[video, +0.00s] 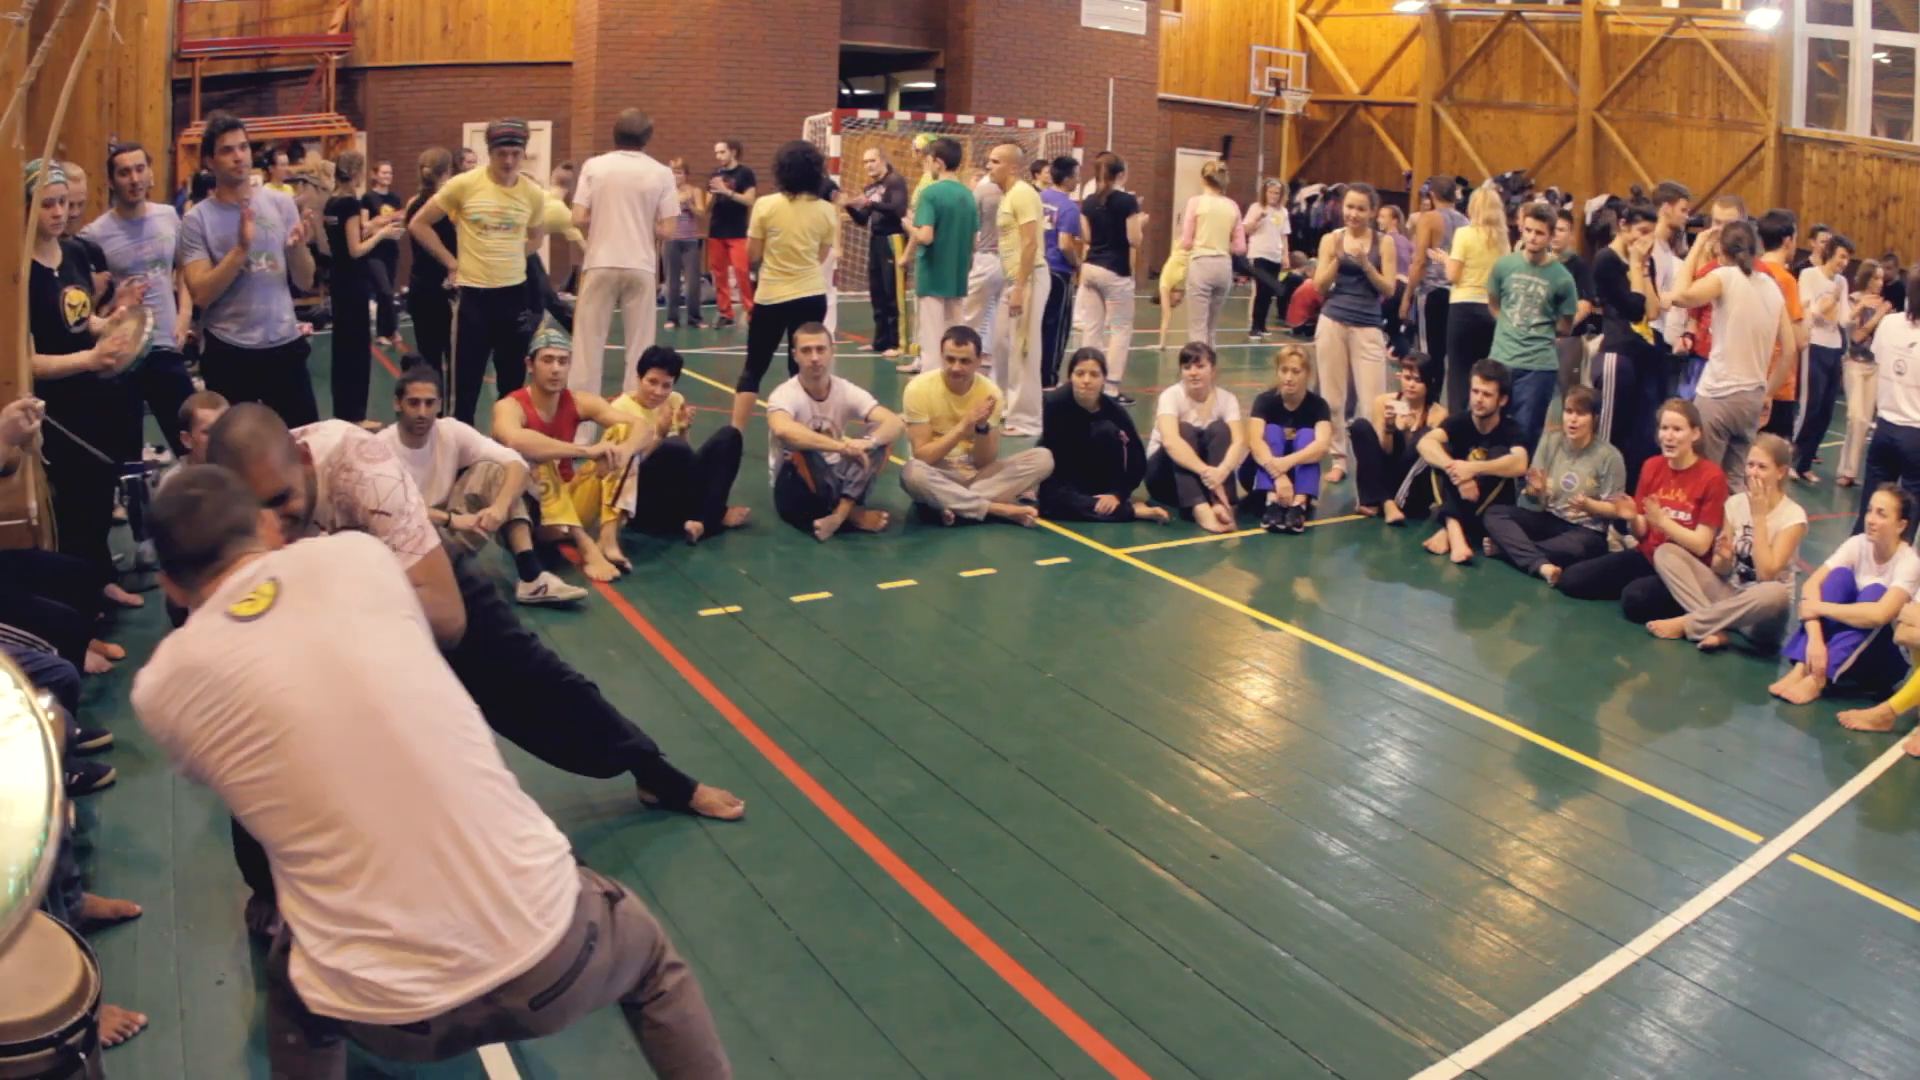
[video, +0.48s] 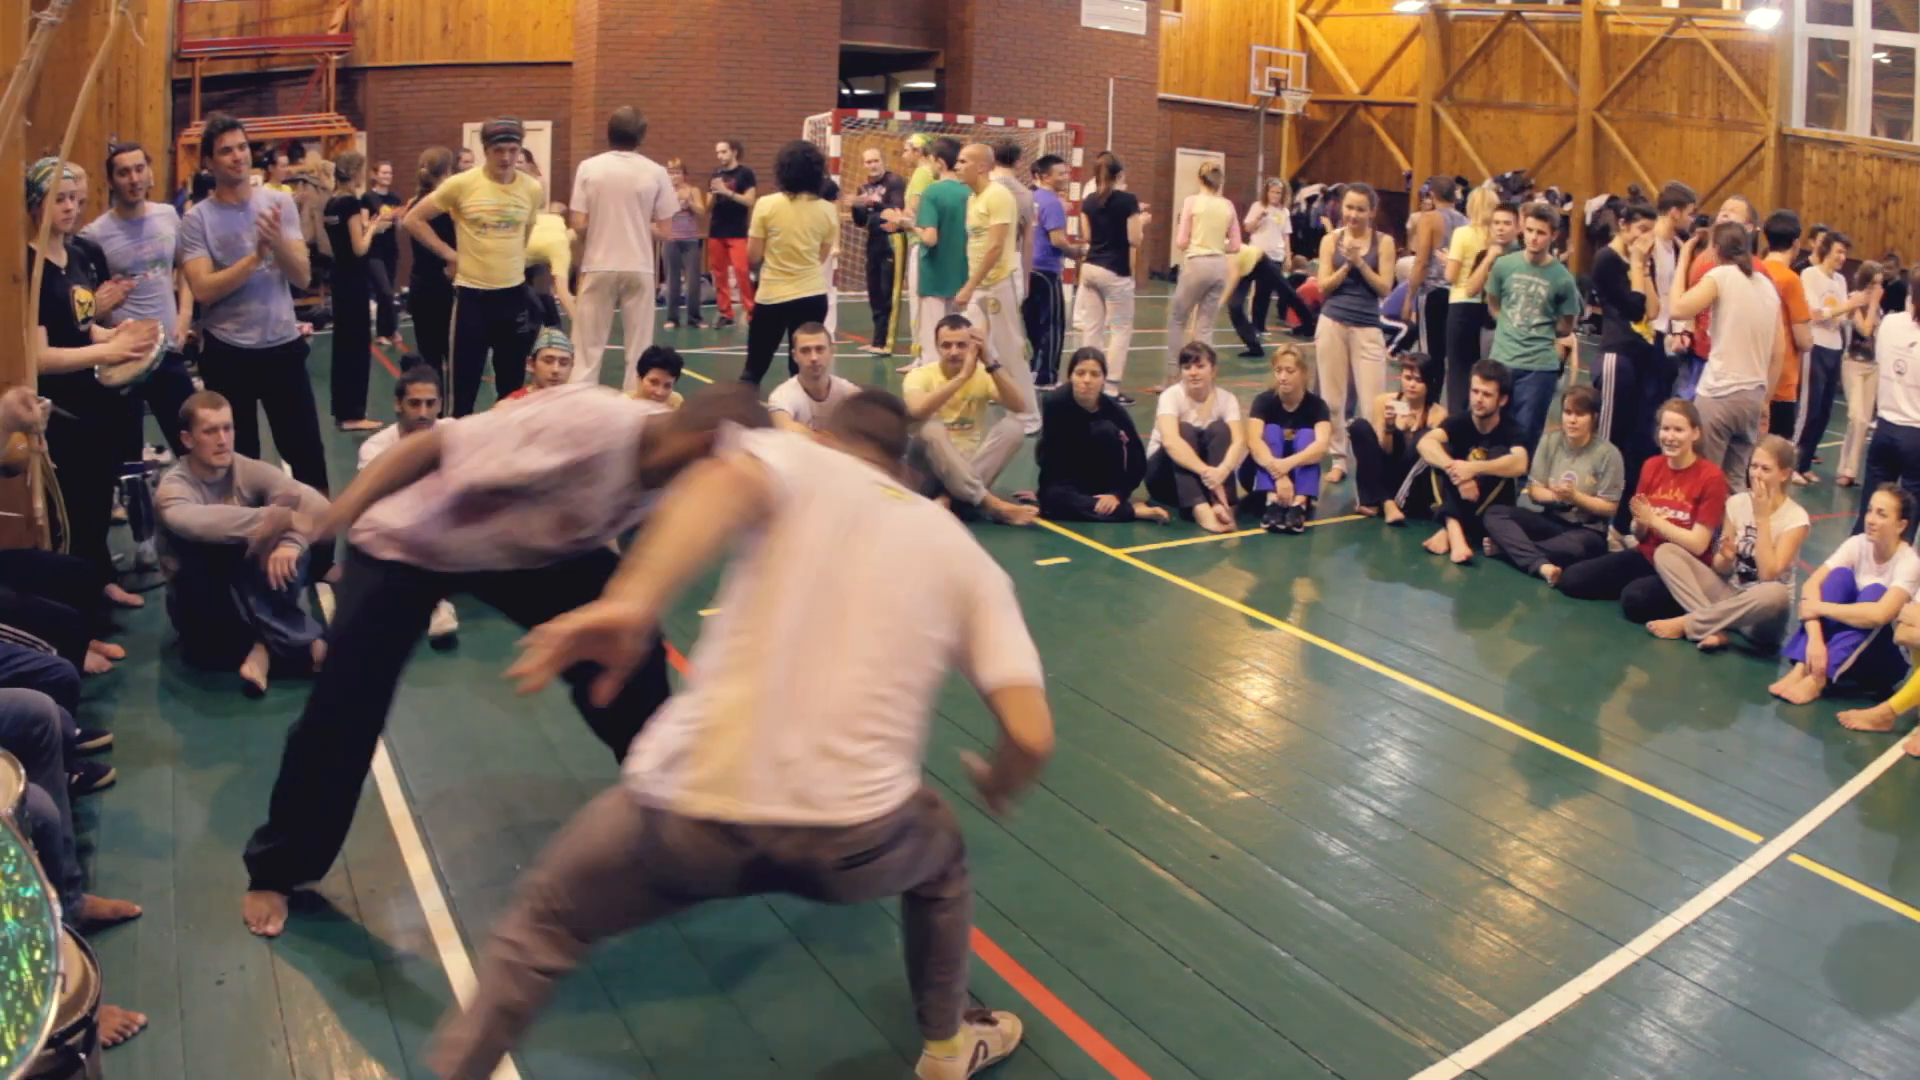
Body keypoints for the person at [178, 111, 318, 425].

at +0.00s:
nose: (239, 157)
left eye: (243, 148)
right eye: (228, 151)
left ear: (252, 152)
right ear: (210, 161)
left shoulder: (282, 203)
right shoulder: (197, 219)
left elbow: (305, 282)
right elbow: (201, 294)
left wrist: (297, 248)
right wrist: (241, 249)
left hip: (284, 347)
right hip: (229, 352)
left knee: (304, 439)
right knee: (236, 445)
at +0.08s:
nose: (239, 158)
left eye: (243, 148)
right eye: (227, 151)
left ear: (251, 152)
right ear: (210, 162)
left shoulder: (280, 203)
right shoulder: (196, 220)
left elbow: (304, 279)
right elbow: (202, 291)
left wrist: (282, 241)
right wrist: (254, 252)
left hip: (283, 345)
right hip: (228, 350)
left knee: (302, 440)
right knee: (236, 449)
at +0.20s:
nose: (238, 157)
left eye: (242, 148)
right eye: (227, 151)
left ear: (251, 151)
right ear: (209, 162)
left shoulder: (280, 202)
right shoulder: (197, 219)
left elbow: (304, 276)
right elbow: (203, 291)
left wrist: (282, 239)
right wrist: (253, 251)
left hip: (283, 346)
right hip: (227, 352)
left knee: (303, 448)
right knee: (241, 456)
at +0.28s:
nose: (238, 157)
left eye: (242, 147)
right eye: (226, 151)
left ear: (250, 152)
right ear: (209, 162)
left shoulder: (279, 202)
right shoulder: (197, 219)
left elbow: (305, 278)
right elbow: (201, 292)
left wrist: (291, 238)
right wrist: (244, 250)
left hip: (282, 346)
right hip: (227, 352)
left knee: (306, 456)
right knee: (241, 460)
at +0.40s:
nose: (237, 157)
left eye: (241, 148)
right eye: (226, 151)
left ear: (250, 152)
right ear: (209, 162)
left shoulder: (280, 202)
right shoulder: (196, 217)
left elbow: (304, 280)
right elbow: (201, 292)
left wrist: (295, 243)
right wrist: (241, 248)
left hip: (282, 346)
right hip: (227, 350)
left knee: (309, 459)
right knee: (241, 461)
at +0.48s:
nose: (237, 157)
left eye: (242, 147)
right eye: (226, 151)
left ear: (251, 151)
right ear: (209, 161)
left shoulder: (280, 202)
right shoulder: (196, 219)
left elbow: (302, 277)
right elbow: (201, 289)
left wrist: (279, 243)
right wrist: (257, 257)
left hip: (283, 347)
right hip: (226, 351)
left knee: (308, 457)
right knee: (241, 459)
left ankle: (322, 559)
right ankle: (246, 560)